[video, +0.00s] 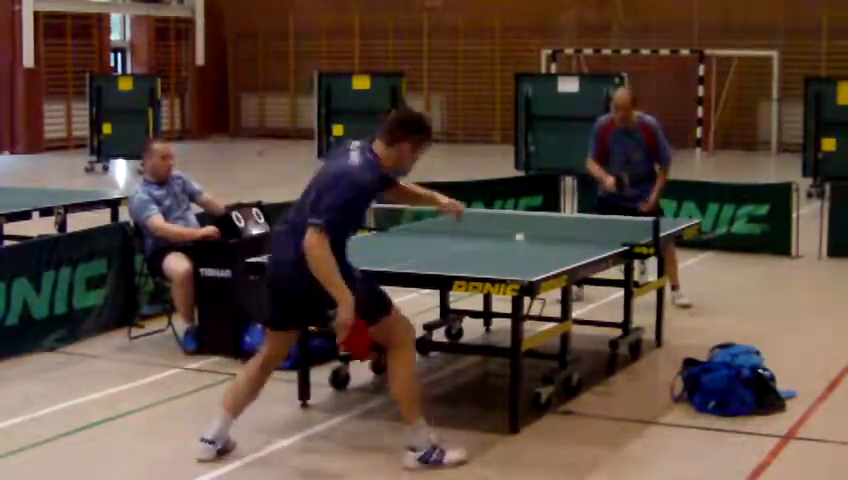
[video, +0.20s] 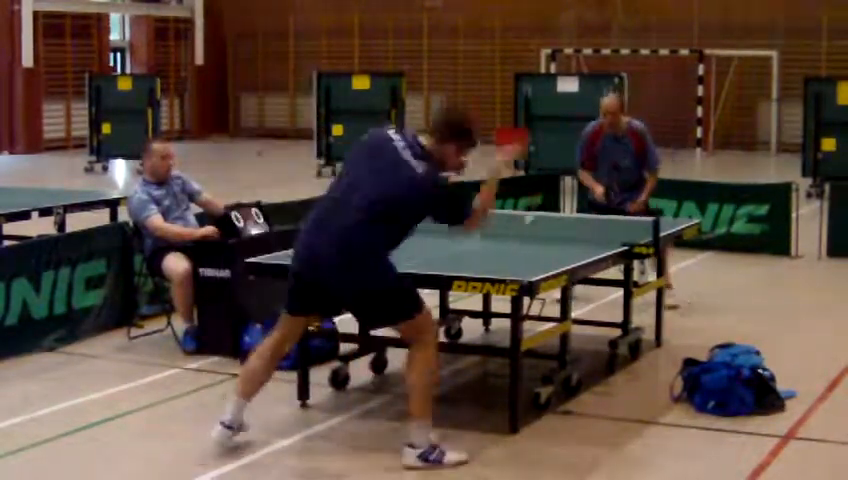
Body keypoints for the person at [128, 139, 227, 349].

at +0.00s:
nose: (171, 163)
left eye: (172, 158)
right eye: (165, 158)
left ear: (174, 159)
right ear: (147, 162)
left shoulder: (178, 181)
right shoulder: (140, 196)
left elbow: (207, 202)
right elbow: (160, 228)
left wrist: (233, 213)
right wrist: (199, 233)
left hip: (194, 237)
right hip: (163, 245)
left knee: (231, 254)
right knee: (183, 270)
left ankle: (236, 320)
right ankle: (190, 327)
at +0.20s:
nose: (170, 163)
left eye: (171, 158)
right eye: (164, 158)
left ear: (173, 159)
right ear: (147, 162)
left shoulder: (178, 181)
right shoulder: (140, 196)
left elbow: (207, 202)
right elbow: (159, 228)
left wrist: (232, 213)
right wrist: (198, 233)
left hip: (193, 237)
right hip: (163, 245)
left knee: (229, 254)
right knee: (182, 270)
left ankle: (233, 319)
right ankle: (189, 326)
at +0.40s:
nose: (171, 163)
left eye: (172, 158)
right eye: (165, 158)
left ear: (174, 160)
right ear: (147, 162)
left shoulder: (178, 181)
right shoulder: (141, 196)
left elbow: (207, 201)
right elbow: (160, 228)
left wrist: (231, 212)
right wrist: (198, 233)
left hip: (194, 237)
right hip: (164, 246)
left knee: (229, 254)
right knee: (183, 270)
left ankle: (233, 318)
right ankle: (190, 326)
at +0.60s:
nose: (174, 163)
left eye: (174, 158)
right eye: (167, 159)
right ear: (150, 161)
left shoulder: (178, 180)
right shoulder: (141, 196)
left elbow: (206, 202)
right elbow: (160, 228)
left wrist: (231, 213)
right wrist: (198, 233)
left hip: (193, 236)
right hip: (163, 245)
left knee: (227, 253)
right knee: (183, 270)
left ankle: (227, 317)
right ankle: (190, 326)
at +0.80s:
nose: (174, 162)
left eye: (174, 157)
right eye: (168, 158)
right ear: (151, 162)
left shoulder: (178, 180)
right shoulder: (140, 195)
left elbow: (207, 201)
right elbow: (160, 228)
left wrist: (236, 212)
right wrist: (199, 233)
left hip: (195, 237)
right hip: (165, 245)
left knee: (229, 254)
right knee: (182, 269)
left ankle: (232, 319)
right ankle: (189, 326)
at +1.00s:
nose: (174, 162)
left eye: (174, 158)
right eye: (168, 158)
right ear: (151, 161)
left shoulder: (177, 180)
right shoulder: (140, 194)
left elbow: (207, 202)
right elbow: (160, 228)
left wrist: (235, 213)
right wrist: (199, 232)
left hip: (194, 236)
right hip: (164, 245)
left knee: (229, 252)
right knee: (182, 269)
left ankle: (226, 317)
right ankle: (188, 326)